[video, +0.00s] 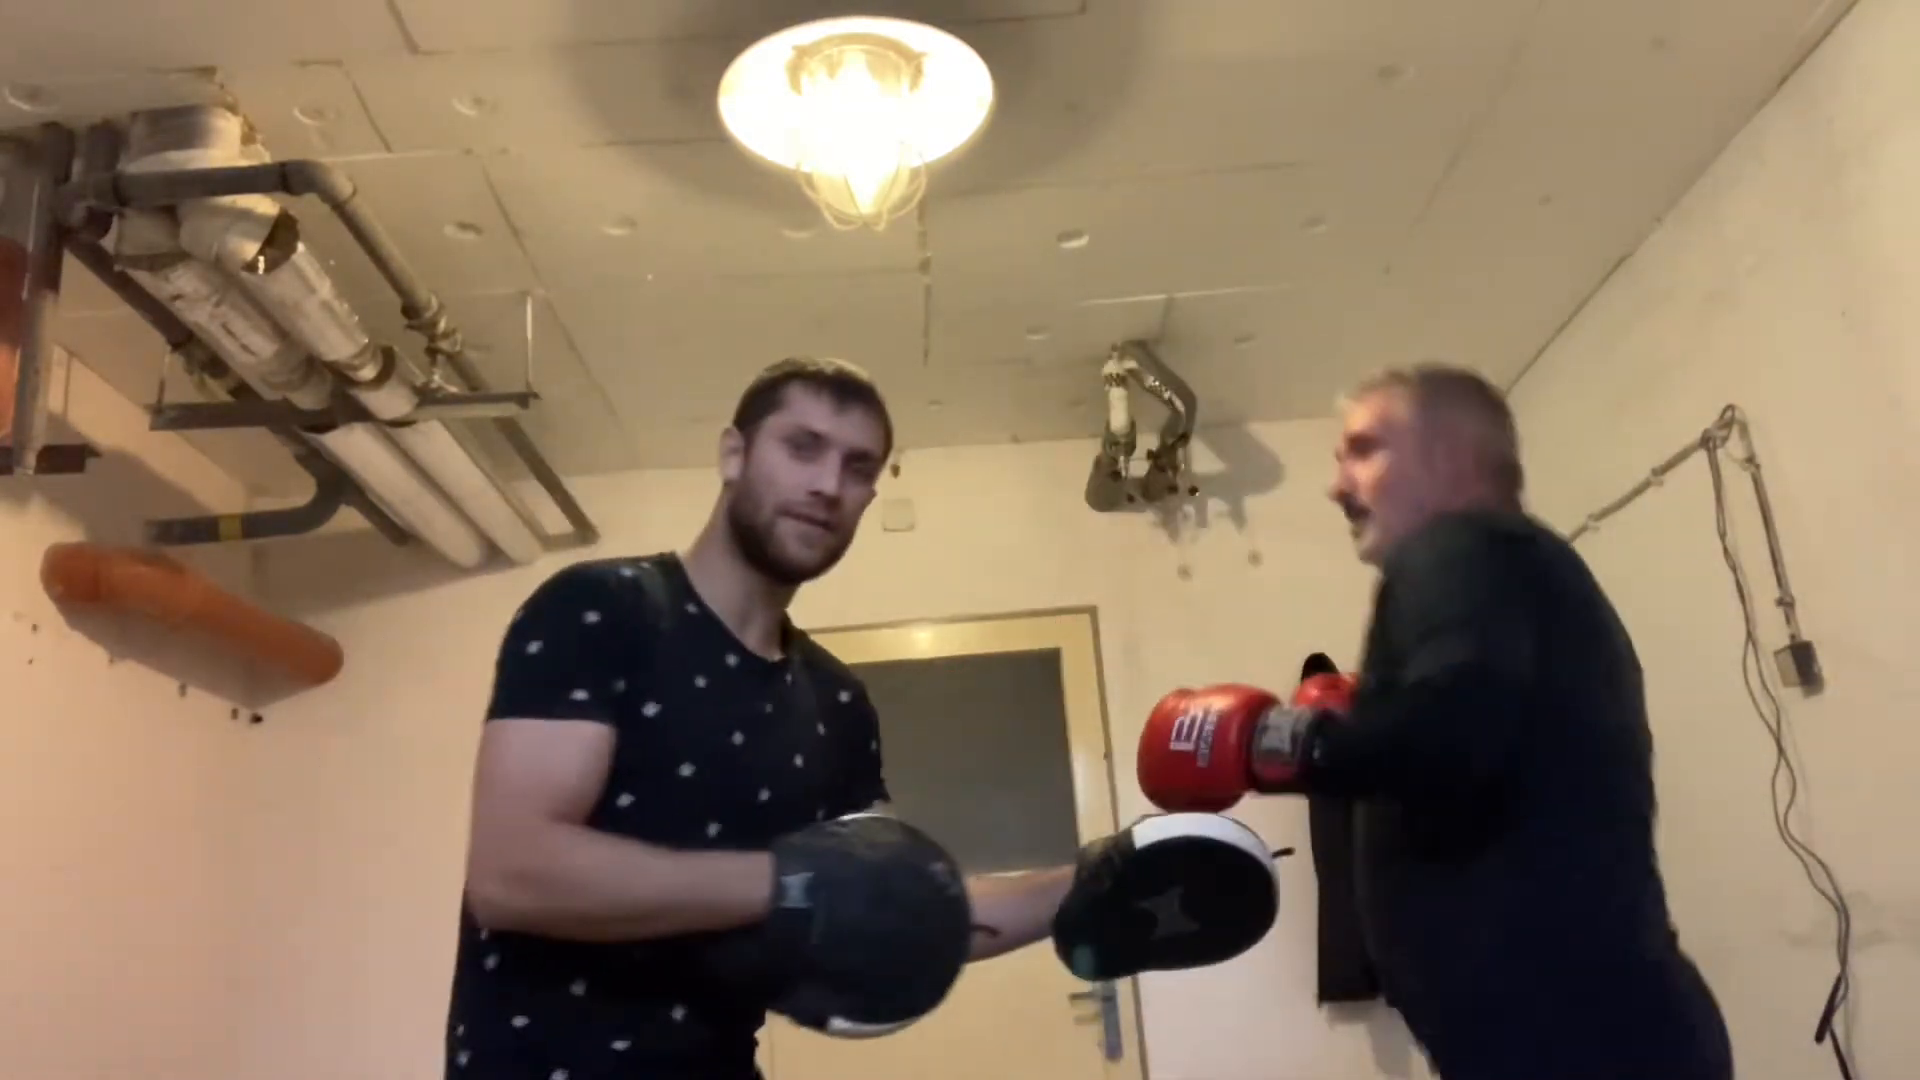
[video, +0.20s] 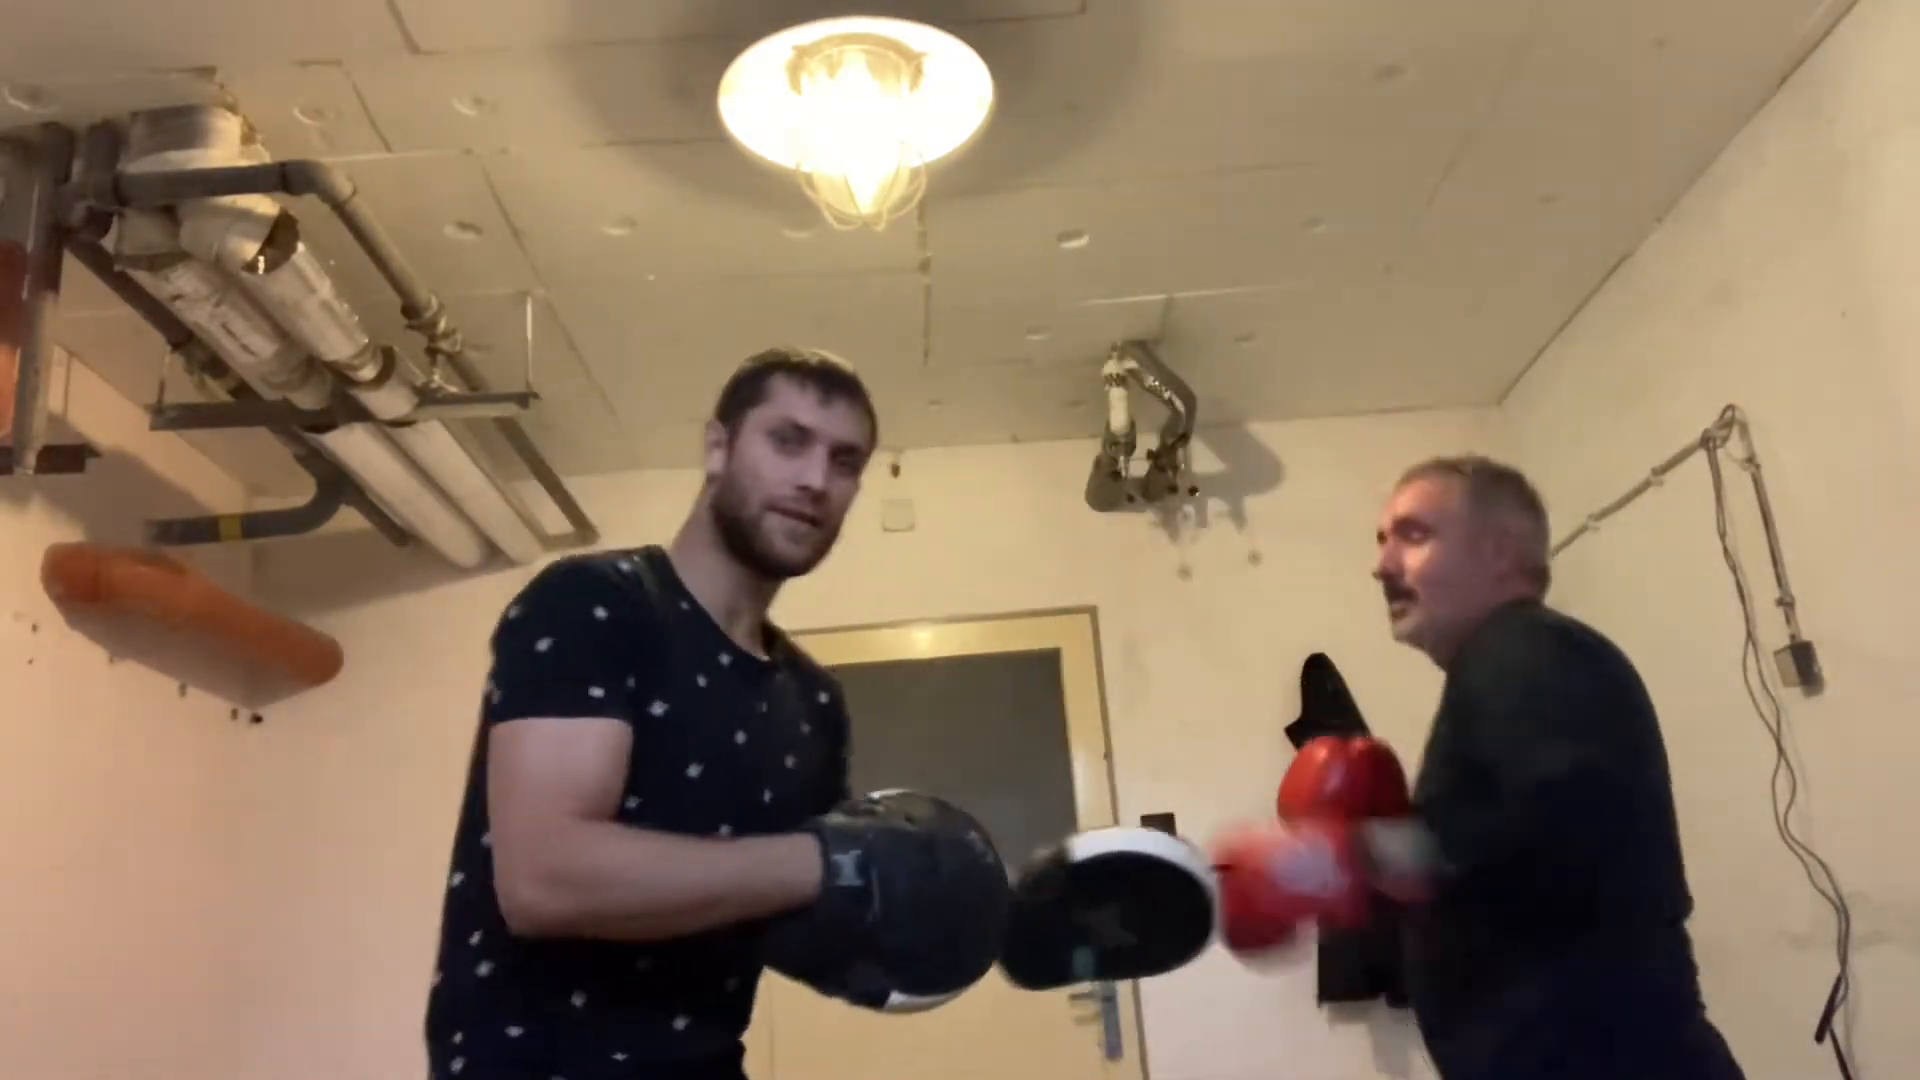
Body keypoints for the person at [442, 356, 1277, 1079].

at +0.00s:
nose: (831, 487)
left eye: (858, 470)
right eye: (805, 449)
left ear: (872, 499)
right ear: (731, 454)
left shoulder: (836, 708)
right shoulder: (596, 611)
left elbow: (863, 918)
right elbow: (510, 871)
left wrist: (1083, 888)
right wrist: (794, 887)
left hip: (712, 1061)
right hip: (537, 1054)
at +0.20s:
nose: (817, 481)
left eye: (845, 462)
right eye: (790, 441)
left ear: (856, 491)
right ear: (718, 447)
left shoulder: (812, 702)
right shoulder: (584, 604)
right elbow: (543, 878)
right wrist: (828, 864)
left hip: (697, 1057)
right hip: (527, 1055)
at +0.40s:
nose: (740, 482)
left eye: (759, 463)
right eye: (709, 440)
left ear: (765, 485)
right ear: (619, 443)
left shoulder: (700, 696)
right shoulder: (497, 608)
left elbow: (734, 946)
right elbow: (511, 885)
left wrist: (855, 879)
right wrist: (808, 831)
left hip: (632, 1060)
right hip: (470, 1059)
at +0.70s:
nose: (656, 504)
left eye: (658, 472)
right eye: (645, 463)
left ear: (565, 442)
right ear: (563, 438)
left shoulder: (551, 657)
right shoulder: (374, 581)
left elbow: (662, 858)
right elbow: (571, 792)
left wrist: (780, 691)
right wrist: (762, 622)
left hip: (516, 1056)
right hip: (368, 1056)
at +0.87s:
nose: (656, 533)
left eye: (661, 500)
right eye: (651, 492)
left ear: (575, 462)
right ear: (576, 459)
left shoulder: (496, 659)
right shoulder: (392, 585)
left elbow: (705, 798)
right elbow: (658, 721)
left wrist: (775, 615)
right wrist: (768, 531)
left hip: (529, 1050)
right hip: (398, 1053)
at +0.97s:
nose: (663, 551)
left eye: (671, 518)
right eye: (661, 508)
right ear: (591, 472)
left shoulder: (498, 659)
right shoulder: (411, 589)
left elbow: (715, 775)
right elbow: (688, 712)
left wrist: (779, 598)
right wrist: (787, 525)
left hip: (528, 1051)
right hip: (407, 1053)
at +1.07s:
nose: (659, 554)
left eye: (666, 520)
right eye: (657, 511)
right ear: (586, 476)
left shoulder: (480, 642)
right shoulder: (412, 593)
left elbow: (705, 764)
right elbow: (688, 721)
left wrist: (771, 599)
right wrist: (785, 529)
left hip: (513, 1051)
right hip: (405, 1053)